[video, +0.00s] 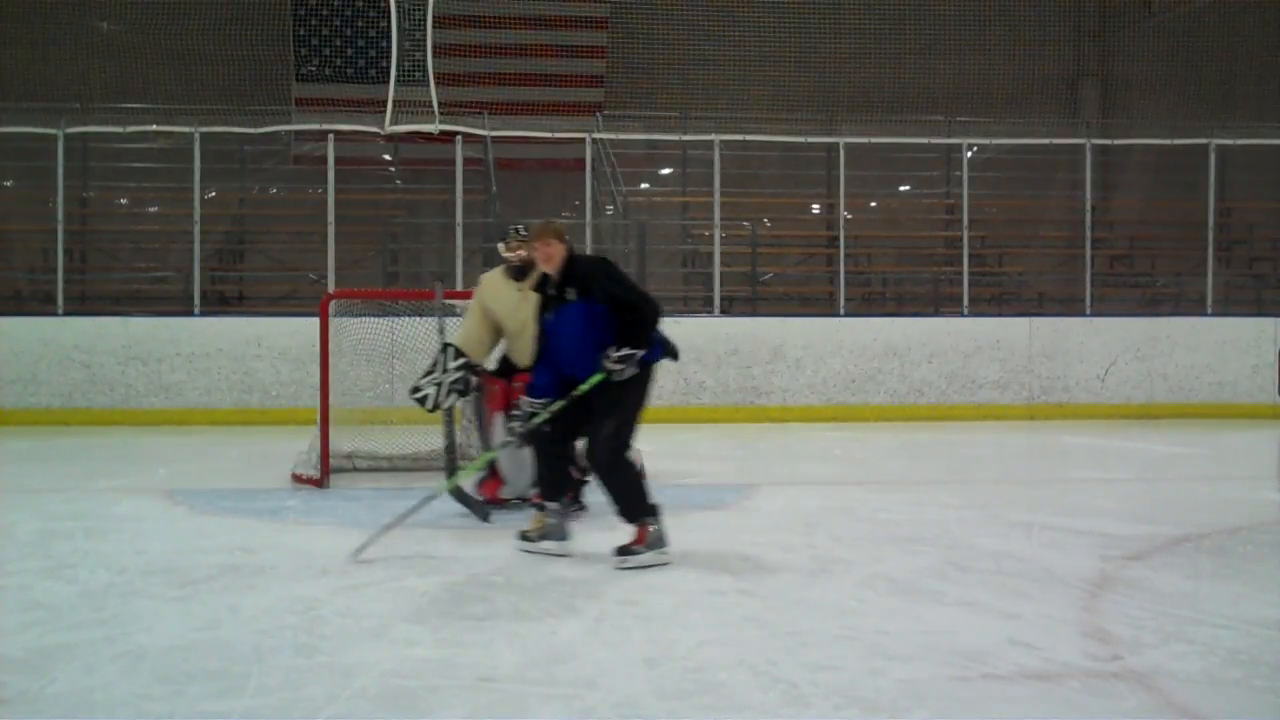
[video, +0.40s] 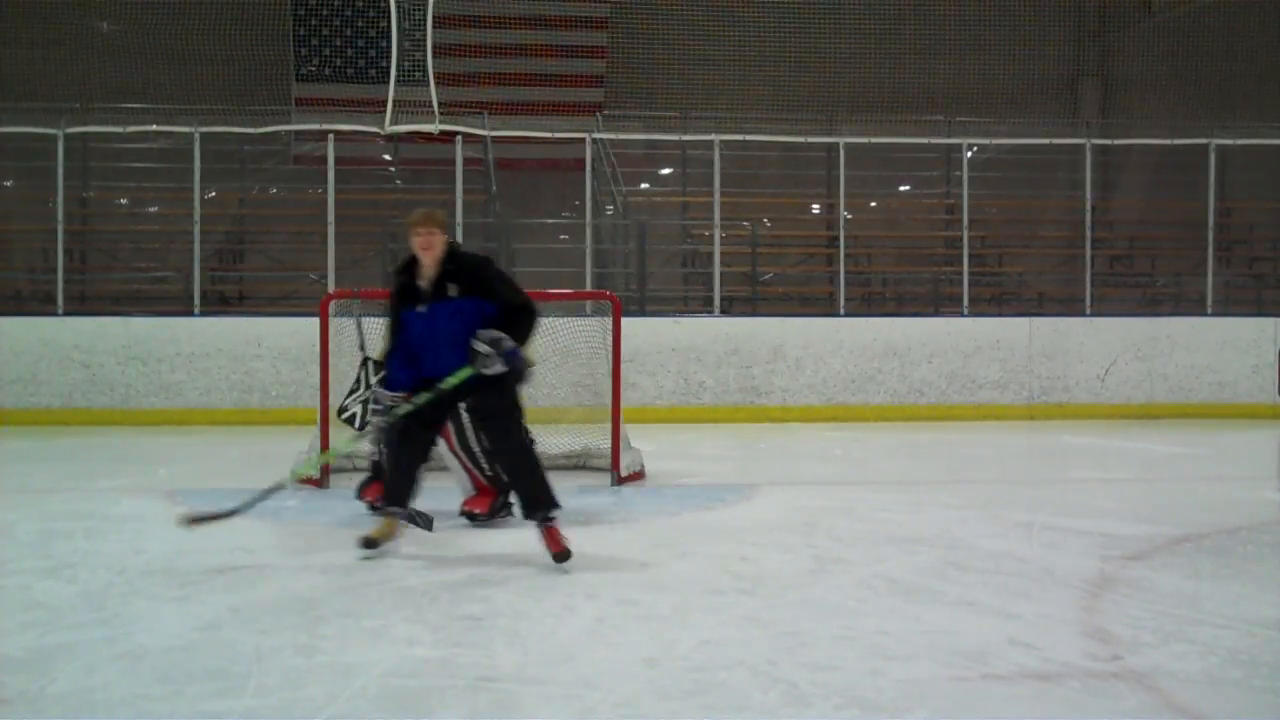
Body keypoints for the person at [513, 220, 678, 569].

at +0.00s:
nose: (543, 254)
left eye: (548, 246)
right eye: (536, 249)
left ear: (564, 245)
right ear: (532, 254)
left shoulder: (597, 271)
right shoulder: (548, 294)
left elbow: (646, 309)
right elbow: (550, 355)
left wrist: (630, 349)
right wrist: (536, 398)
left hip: (624, 373)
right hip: (582, 380)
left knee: (605, 450)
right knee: (549, 435)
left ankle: (648, 528)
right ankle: (553, 516)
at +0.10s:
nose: (515, 250)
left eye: (521, 242)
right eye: (509, 244)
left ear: (537, 244)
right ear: (503, 251)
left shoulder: (566, 273)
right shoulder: (515, 292)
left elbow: (616, 314)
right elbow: (516, 353)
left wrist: (601, 355)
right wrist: (503, 397)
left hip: (586, 380)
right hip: (543, 386)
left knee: (571, 452)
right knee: (516, 440)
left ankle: (619, 530)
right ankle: (522, 520)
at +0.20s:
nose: (484, 252)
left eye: (491, 244)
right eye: (478, 246)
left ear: (506, 245)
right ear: (471, 252)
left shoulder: (535, 277)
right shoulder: (480, 292)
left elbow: (584, 321)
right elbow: (479, 350)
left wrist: (570, 360)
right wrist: (467, 390)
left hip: (550, 384)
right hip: (508, 389)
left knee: (543, 456)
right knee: (477, 440)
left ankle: (592, 533)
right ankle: (484, 517)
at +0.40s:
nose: (425, 241)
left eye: (432, 234)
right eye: (419, 235)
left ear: (445, 237)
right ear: (410, 241)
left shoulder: (475, 270)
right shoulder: (405, 283)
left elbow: (523, 310)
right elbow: (401, 344)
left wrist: (503, 348)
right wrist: (390, 389)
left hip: (482, 375)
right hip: (430, 383)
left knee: (508, 444)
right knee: (405, 441)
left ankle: (545, 522)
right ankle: (391, 517)